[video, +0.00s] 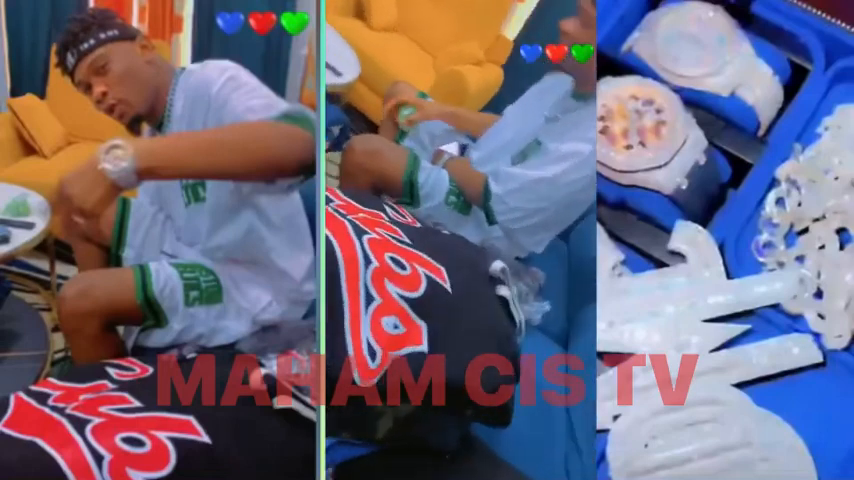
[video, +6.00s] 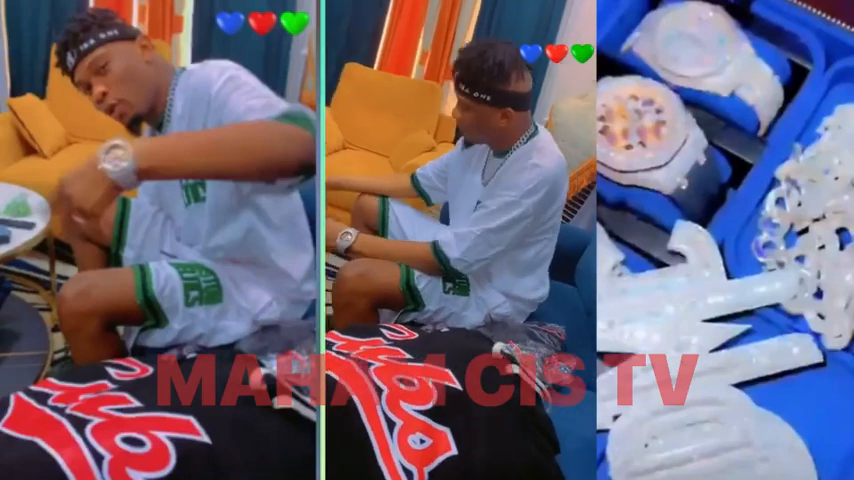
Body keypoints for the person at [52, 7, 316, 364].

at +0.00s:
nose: (98, 94)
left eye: (102, 70)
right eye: (87, 89)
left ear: (144, 48)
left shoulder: (214, 81)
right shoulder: (152, 132)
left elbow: (298, 145)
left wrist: (131, 160)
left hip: (260, 278)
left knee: (80, 300)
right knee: (84, 215)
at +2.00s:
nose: (98, 94)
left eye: (102, 70)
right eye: (87, 89)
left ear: (144, 48)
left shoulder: (212, 81)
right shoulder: (152, 133)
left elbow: (299, 145)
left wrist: (132, 160)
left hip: (259, 280)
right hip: (190, 251)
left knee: (80, 300)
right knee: (85, 215)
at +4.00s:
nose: (98, 94)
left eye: (102, 70)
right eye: (87, 89)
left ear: (144, 48)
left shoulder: (213, 81)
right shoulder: (152, 133)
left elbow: (298, 146)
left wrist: (132, 160)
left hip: (260, 280)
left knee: (80, 300)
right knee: (85, 215)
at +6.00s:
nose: (97, 94)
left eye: (102, 70)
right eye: (87, 89)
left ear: (144, 48)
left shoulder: (214, 81)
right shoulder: (153, 135)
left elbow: (298, 145)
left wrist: (131, 161)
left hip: (261, 278)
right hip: (192, 252)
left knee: (80, 300)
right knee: (84, 215)